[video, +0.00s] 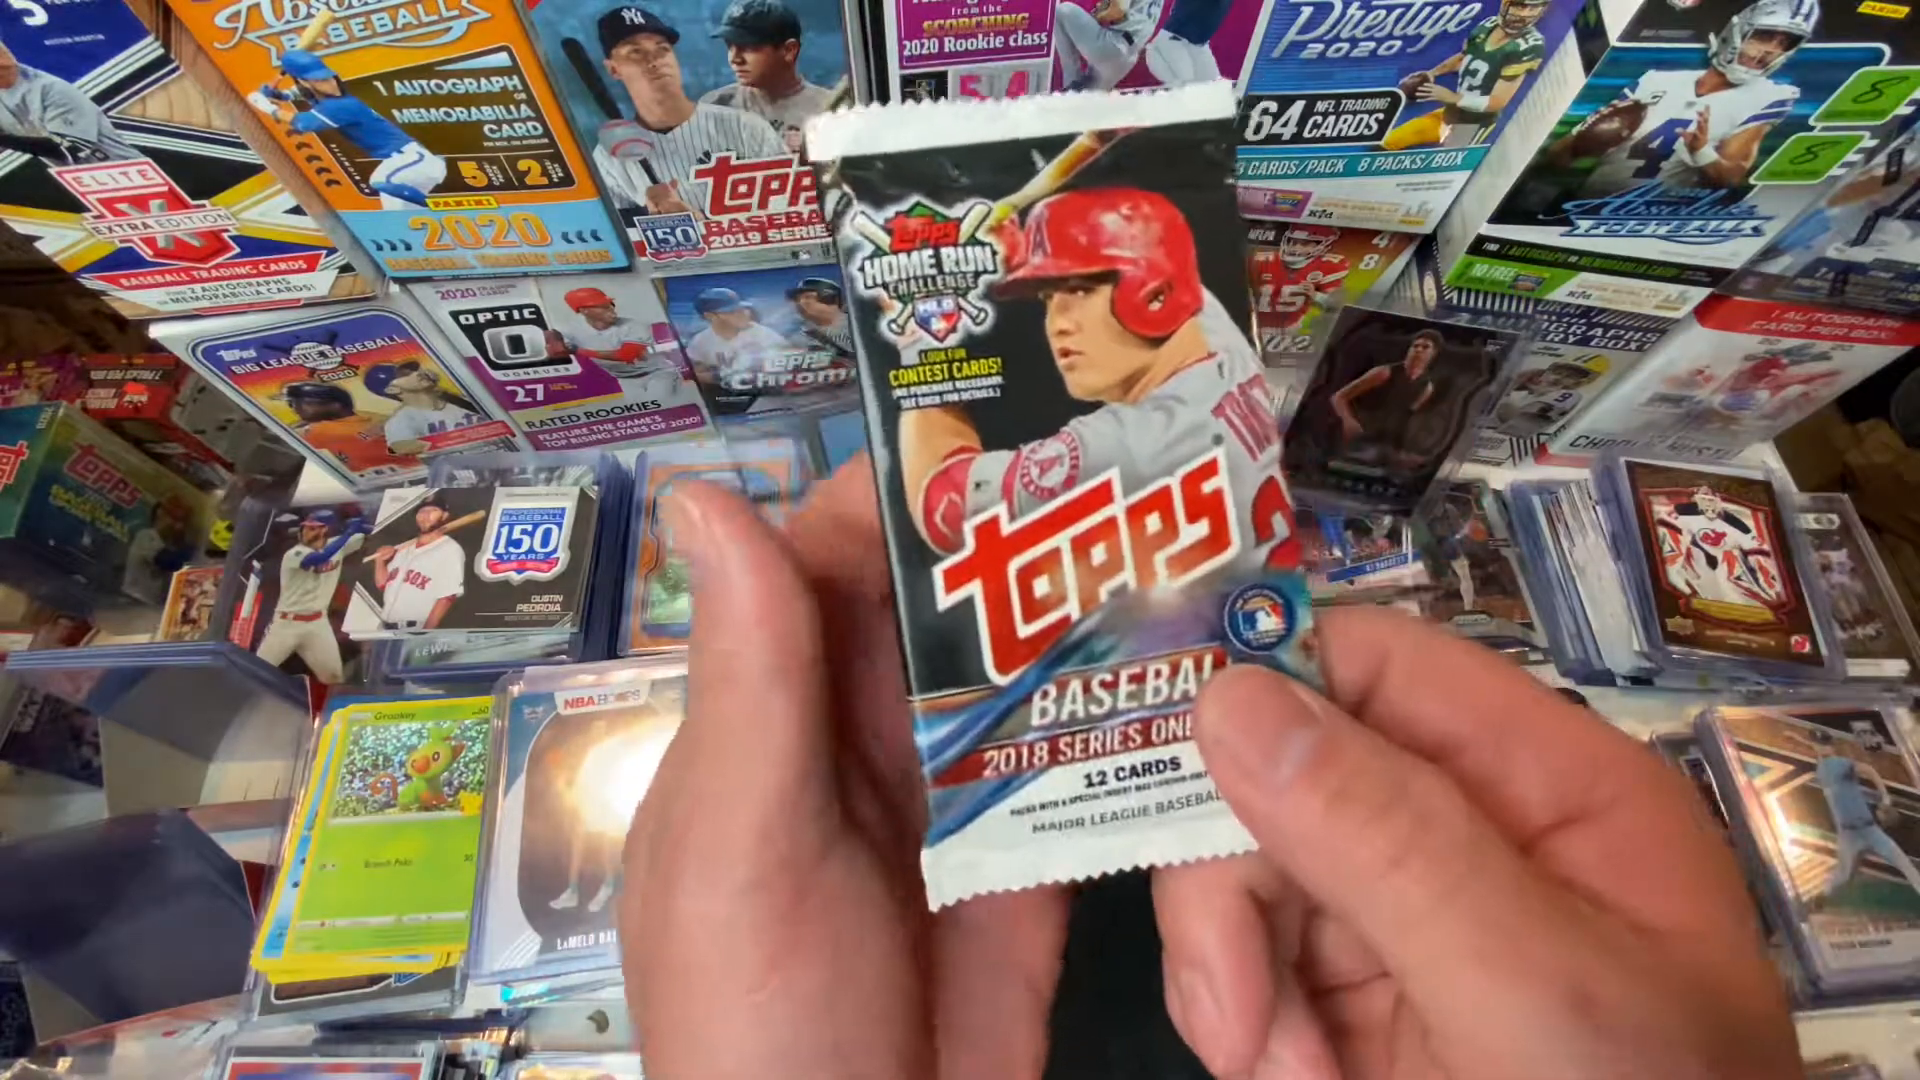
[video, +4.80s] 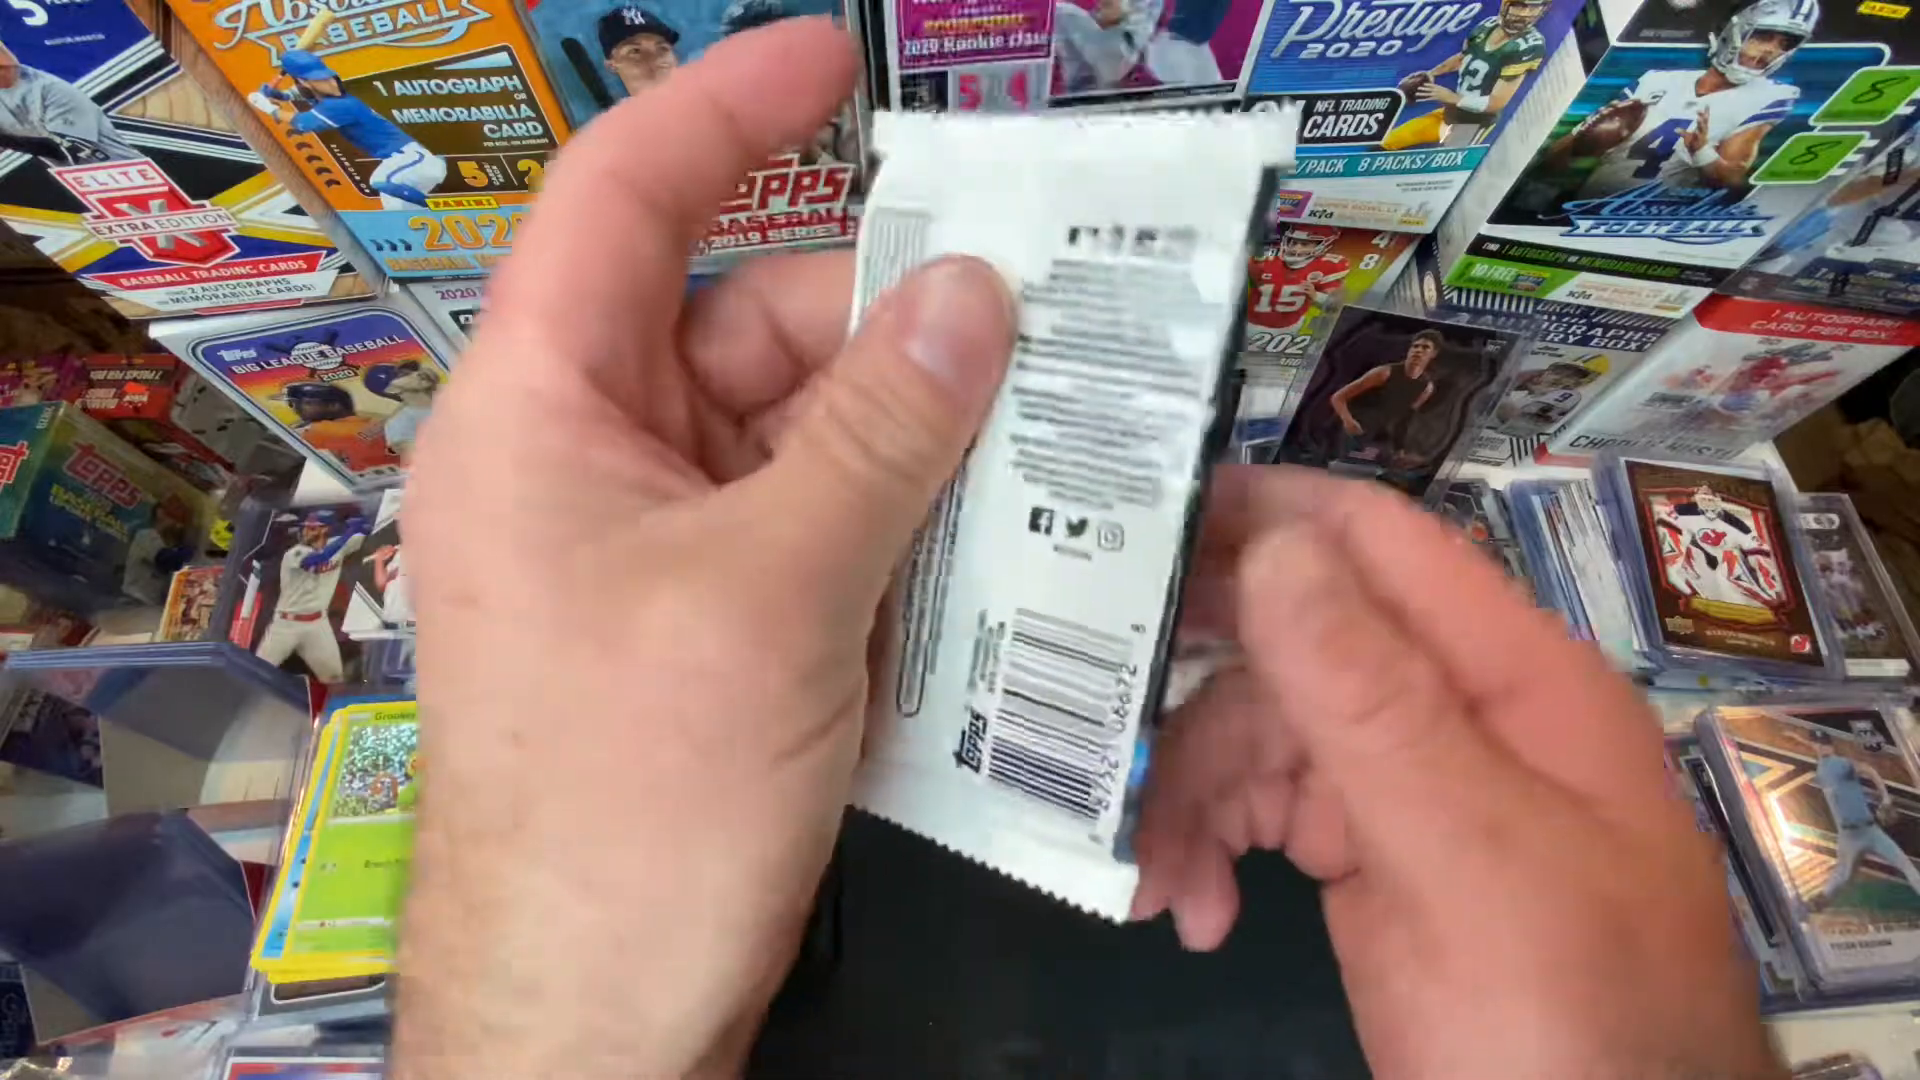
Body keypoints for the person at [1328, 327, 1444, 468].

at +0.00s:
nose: (1419, 350)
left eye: (1425, 347)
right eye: (1416, 346)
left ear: (1433, 355)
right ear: (1410, 349)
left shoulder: (1426, 389)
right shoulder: (1384, 373)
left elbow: (1404, 415)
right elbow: (1339, 398)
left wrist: (1402, 454)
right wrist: (1349, 423)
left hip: (1390, 449)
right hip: (1362, 443)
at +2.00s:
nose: (1419, 350)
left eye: (1426, 347)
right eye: (1416, 346)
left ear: (1434, 355)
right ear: (1410, 349)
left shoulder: (1426, 389)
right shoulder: (1384, 373)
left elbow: (1405, 417)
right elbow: (1338, 397)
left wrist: (1400, 452)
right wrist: (1347, 420)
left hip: (1385, 440)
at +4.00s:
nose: (1418, 350)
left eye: (1425, 347)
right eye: (1416, 346)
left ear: (1434, 354)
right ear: (1409, 349)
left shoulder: (1426, 388)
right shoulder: (1384, 373)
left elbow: (1405, 417)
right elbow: (1338, 398)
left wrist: (1399, 451)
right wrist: (1348, 421)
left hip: (1384, 441)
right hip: (1357, 433)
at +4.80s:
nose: (1418, 351)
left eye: (1425, 347)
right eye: (1415, 346)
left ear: (1433, 354)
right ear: (1409, 350)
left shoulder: (1426, 388)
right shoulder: (1384, 373)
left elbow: (1405, 418)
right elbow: (1338, 398)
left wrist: (1400, 449)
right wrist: (1348, 421)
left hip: (1384, 439)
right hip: (1358, 433)